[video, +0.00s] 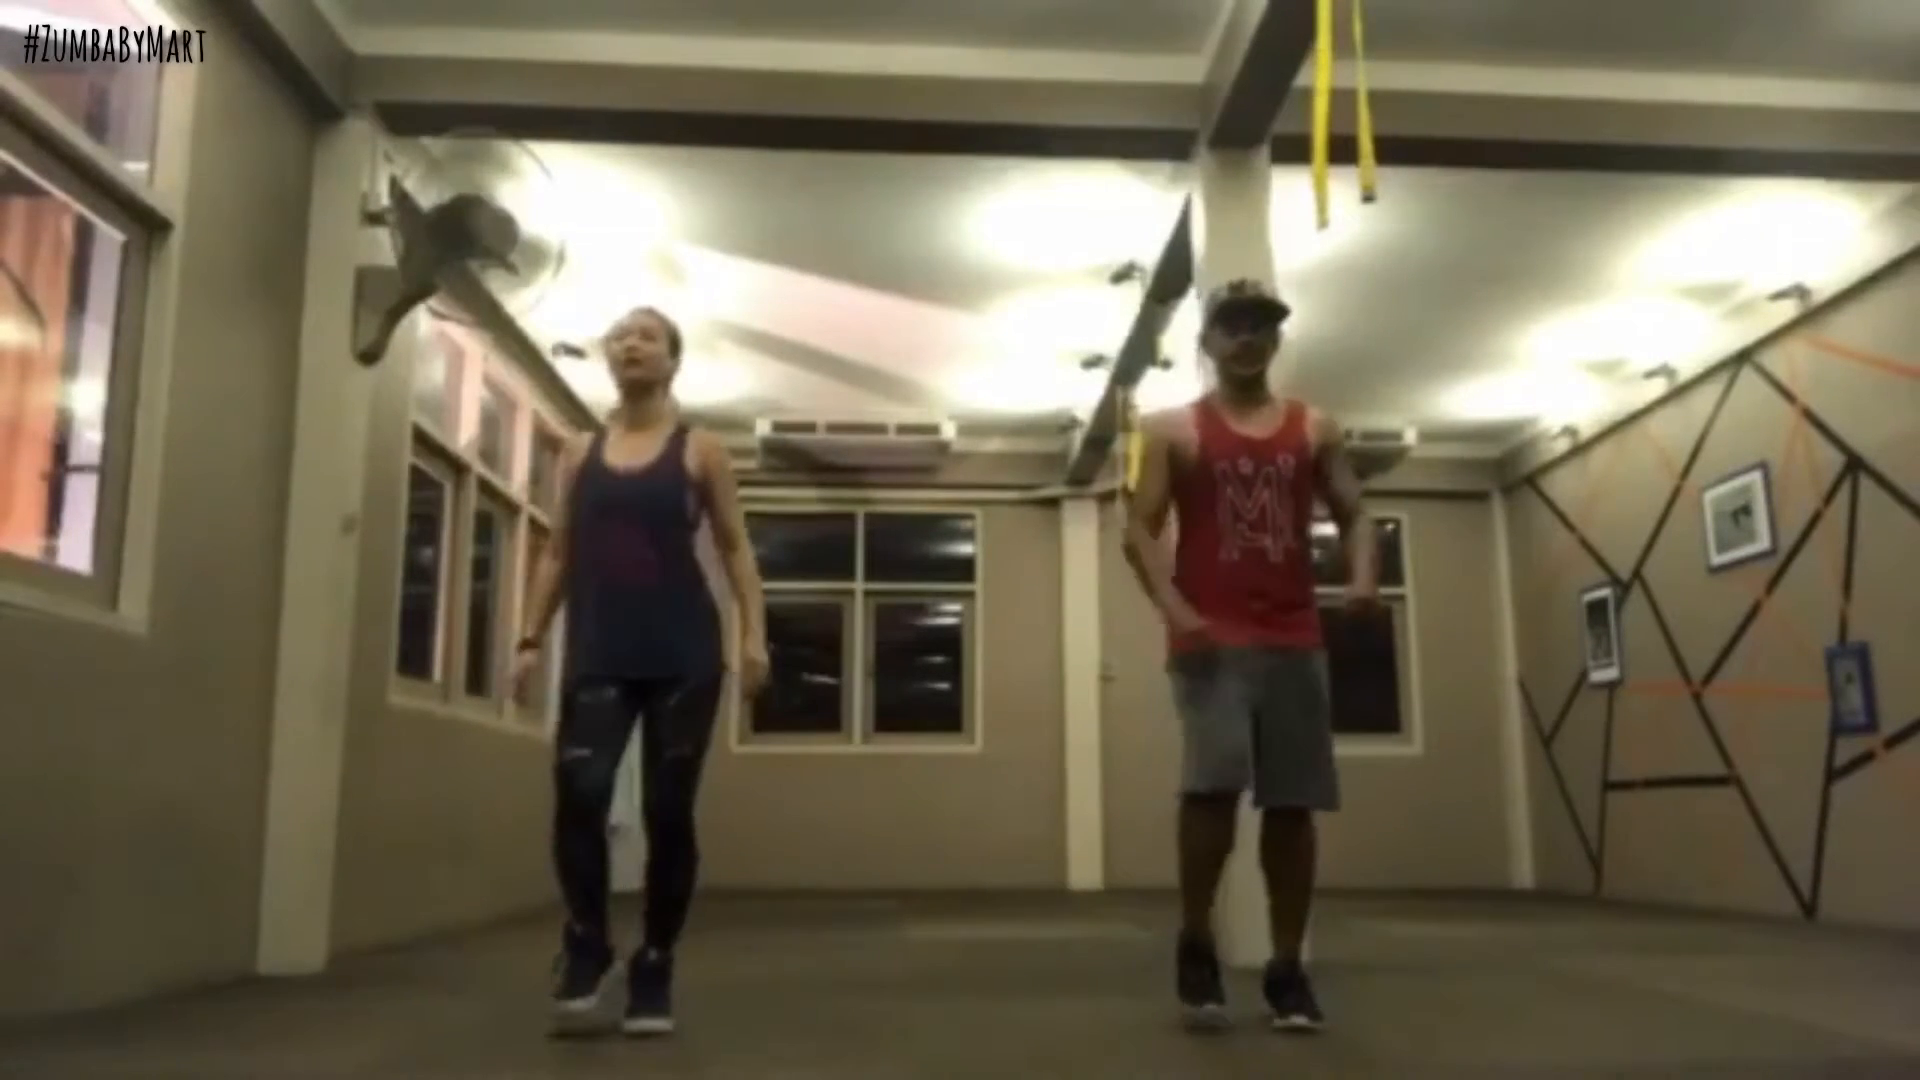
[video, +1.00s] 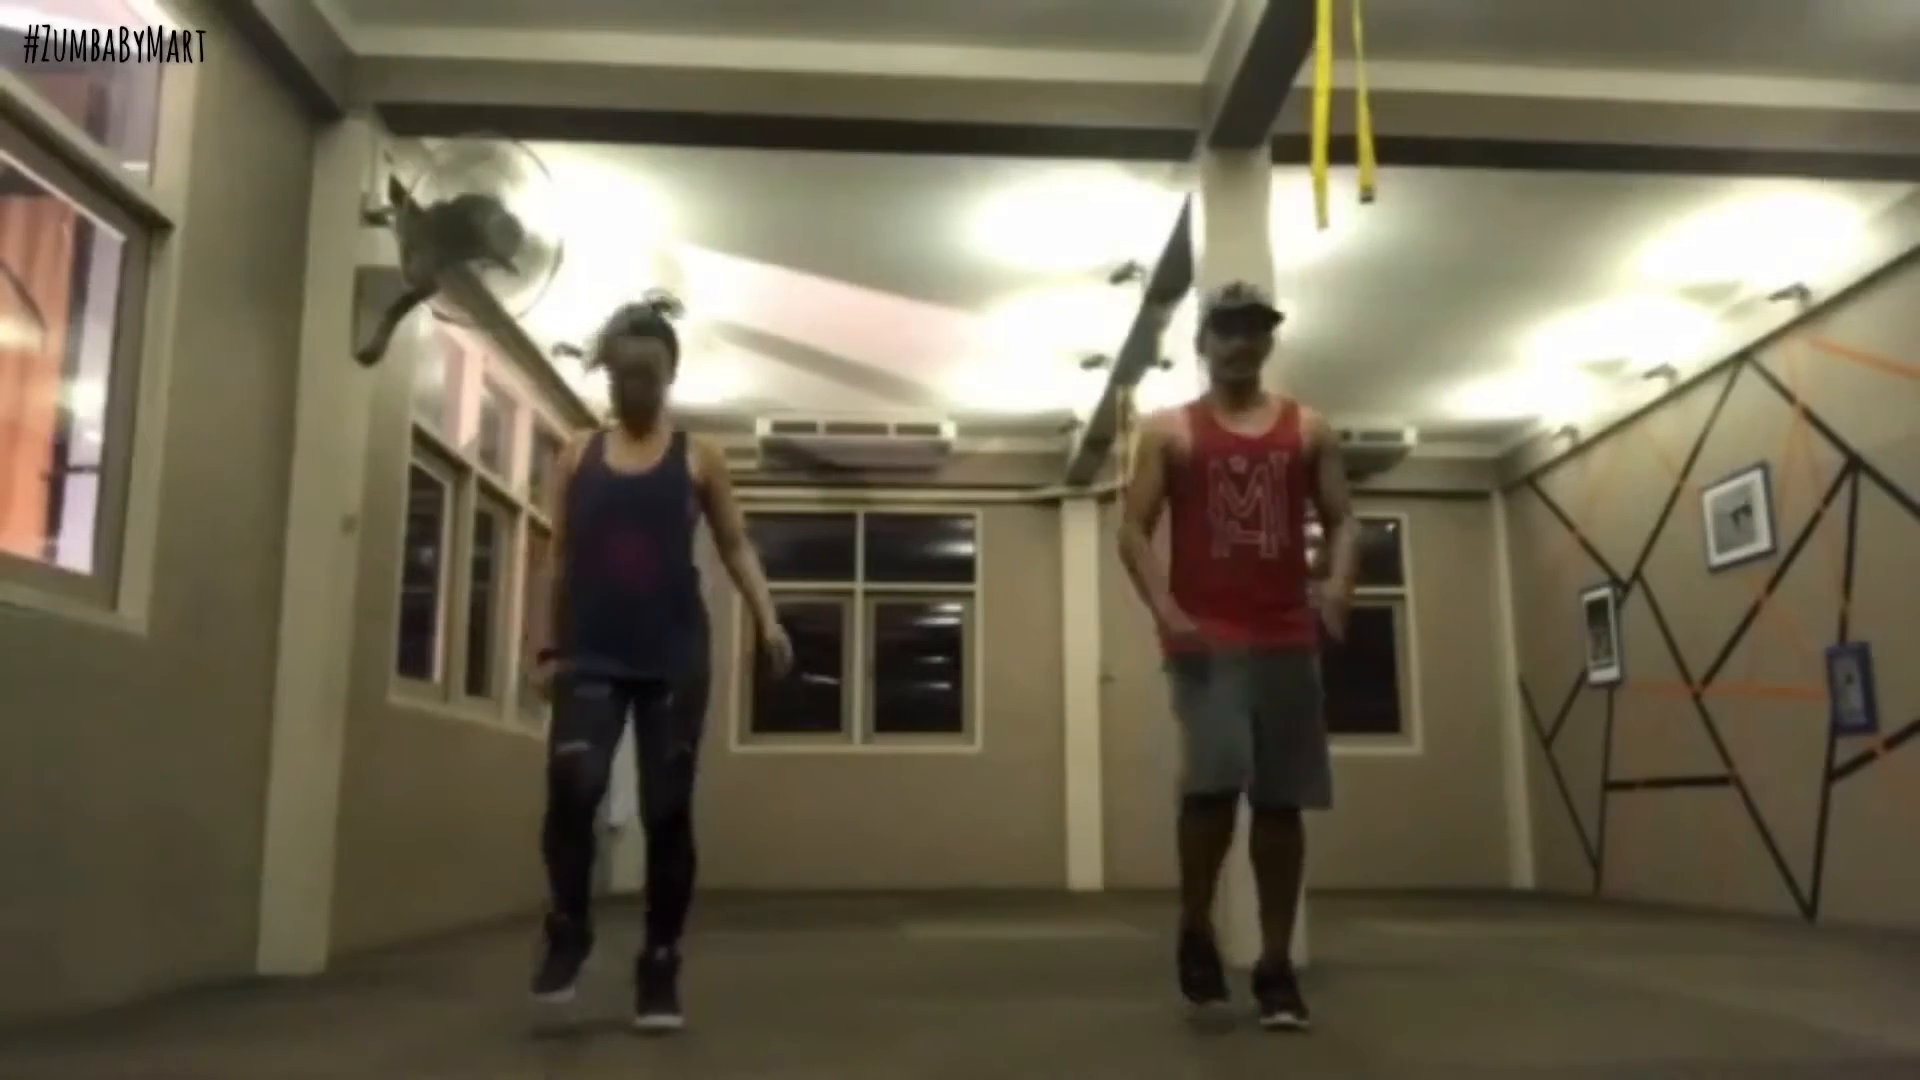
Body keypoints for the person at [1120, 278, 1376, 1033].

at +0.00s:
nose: (1249, 343)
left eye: (1262, 331)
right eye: (1234, 331)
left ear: (1278, 341)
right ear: (1208, 340)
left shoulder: (1312, 430)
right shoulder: (1175, 432)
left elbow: (1354, 514)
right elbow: (1138, 533)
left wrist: (1362, 580)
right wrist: (1174, 610)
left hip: (1293, 637)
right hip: (1213, 638)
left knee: (1292, 805)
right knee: (1213, 794)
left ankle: (1287, 966)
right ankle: (1197, 946)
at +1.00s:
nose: (1241, 348)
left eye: (1254, 335)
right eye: (1227, 334)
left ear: (1271, 342)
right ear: (1204, 343)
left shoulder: (1307, 430)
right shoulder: (1170, 433)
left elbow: (1342, 519)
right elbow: (1132, 532)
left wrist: (1337, 583)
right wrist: (1164, 608)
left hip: (1286, 638)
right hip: (1208, 639)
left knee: (1281, 803)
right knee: (1215, 789)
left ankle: (1277, 963)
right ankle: (1195, 931)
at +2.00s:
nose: (1238, 323)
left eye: (1253, 312)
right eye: (1224, 311)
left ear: (1272, 329)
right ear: (1202, 327)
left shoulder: (1308, 423)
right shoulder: (1172, 424)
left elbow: (1351, 509)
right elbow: (1119, 518)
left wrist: (1344, 550)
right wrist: (1182, 579)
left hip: (1288, 636)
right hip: (1208, 638)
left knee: (1287, 807)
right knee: (1209, 797)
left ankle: (1283, 965)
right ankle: (1196, 937)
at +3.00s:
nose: (1238, 308)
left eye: (1252, 295)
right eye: (1223, 295)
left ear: (1271, 307)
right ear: (1199, 308)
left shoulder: (1302, 393)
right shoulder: (1166, 388)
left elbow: (1398, 434)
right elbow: (1068, 424)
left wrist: (1488, 452)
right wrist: (1086, 441)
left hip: (1270, 603)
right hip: (1189, 591)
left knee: (1251, 787)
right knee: (1202, 746)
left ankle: (1232, 952)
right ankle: (1171, 909)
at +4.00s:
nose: (1345, 331)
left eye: (1355, 318)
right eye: (1329, 319)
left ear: (1371, 325)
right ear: (1299, 330)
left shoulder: (1404, 403)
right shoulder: (1275, 410)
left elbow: (1508, 459)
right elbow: (1169, 442)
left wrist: (1474, 406)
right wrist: (1073, 473)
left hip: (1408, 631)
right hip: (1320, 635)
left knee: (1458, 803)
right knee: (1315, 794)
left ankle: (1511, 965)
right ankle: (1266, 938)